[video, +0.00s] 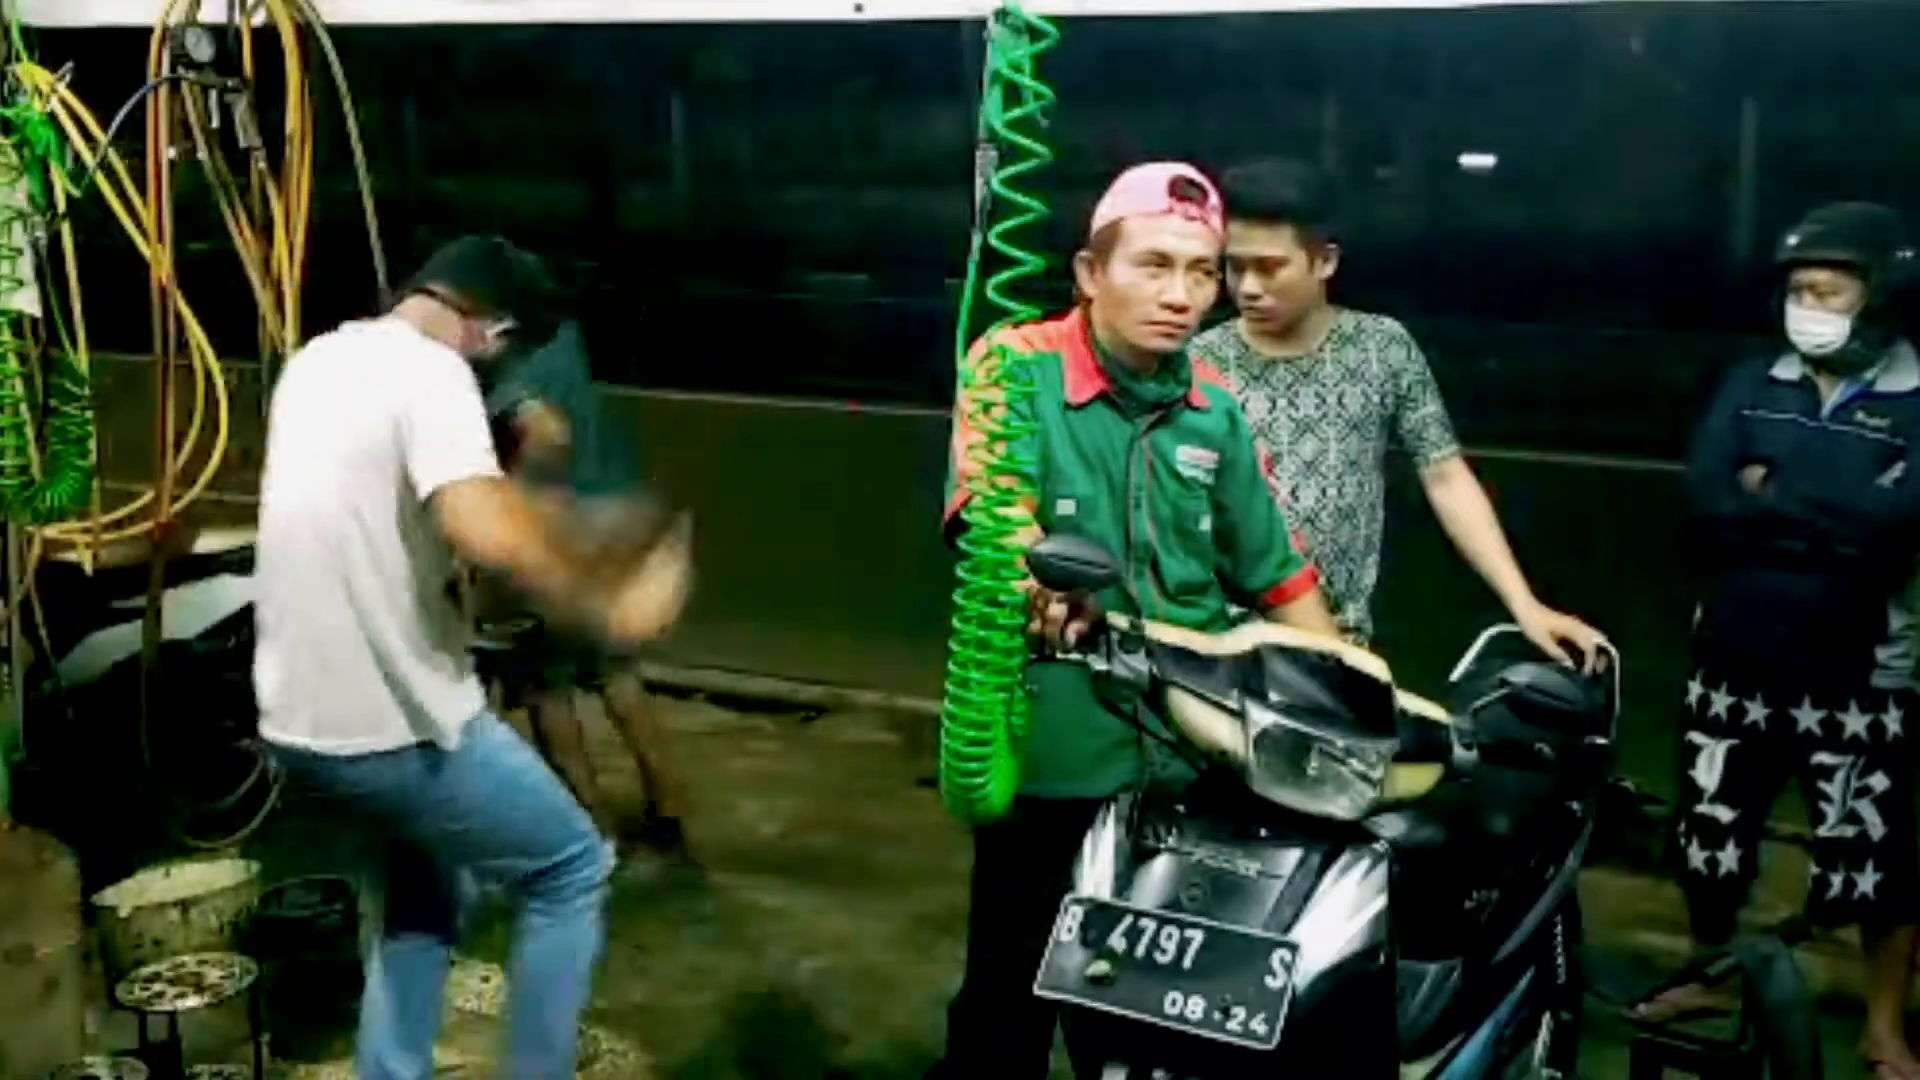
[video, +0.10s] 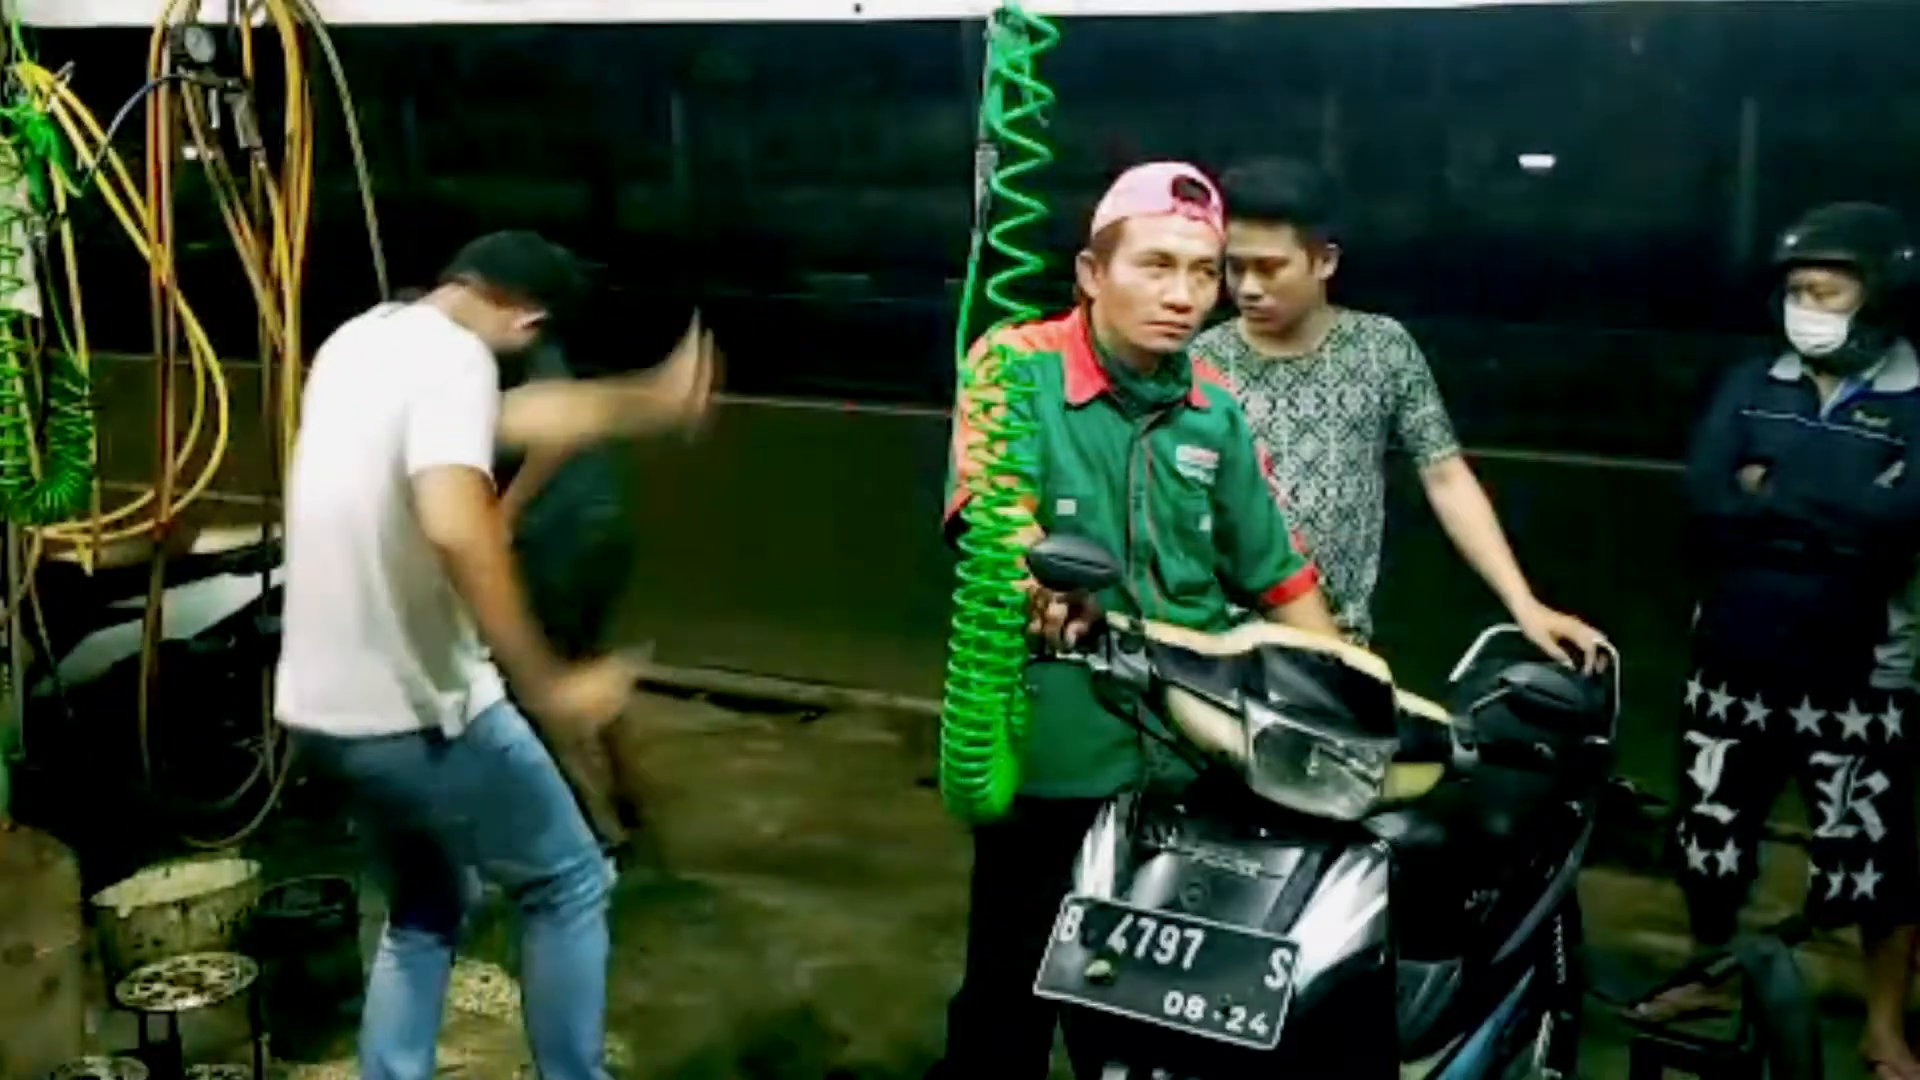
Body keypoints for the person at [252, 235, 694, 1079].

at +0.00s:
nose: (491, 361)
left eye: (499, 346)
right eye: (499, 343)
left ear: (413, 293)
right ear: (481, 322)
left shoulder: (307, 365)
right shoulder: (432, 373)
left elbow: (367, 504)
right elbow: (482, 527)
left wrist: (497, 460)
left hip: (299, 719)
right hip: (398, 725)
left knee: (422, 892)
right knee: (571, 866)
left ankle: (391, 1068)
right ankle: (540, 1067)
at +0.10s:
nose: (521, 347)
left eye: (528, 333)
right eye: (531, 331)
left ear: (452, 280)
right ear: (517, 313)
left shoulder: (352, 344)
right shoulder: (454, 358)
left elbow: (517, 416)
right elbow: (455, 524)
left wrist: (657, 397)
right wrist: (546, 686)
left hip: (324, 704)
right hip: (425, 714)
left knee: (424, 911)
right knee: (570, 882)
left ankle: (391, 1071)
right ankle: (573, 1068)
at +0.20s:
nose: (576, 323)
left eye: (585, 313)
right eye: (585, 311)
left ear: (514, 257)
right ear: (569, 293)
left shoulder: (407, 307)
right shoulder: (500, 334)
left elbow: (589, 316)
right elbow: (438, 470)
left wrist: (682, 253)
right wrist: (436, 662)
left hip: (364, 688)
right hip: (470, 694)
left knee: (430, 906)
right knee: (553, 912)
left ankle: (391, 1071)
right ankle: (563, 1072)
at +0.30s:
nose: (616, 329)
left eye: (626, 319)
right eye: (622, 313)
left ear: (559, 258)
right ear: (608, 294)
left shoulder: (440, 298)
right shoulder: (556, 319)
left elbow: (594, 275)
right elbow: (489, 399)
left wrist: (691, 231)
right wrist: (458, 575)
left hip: (393, 682)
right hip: (498, 694)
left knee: (467, 876)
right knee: (573, 913)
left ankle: (412, 1065)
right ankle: (567, 1068)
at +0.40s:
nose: (634, 349)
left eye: (641, 340)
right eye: (640, 334)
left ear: (561, 288)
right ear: (627, 318)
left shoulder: (447, 329)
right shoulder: (584, 351)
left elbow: (600, 393)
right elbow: (551, 453)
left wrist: (703, 352)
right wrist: (581, 616)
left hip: (419, 692)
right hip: (529, 698)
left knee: (540, 843)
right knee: (630, 901)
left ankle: (464, 1057)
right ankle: (581, 1065)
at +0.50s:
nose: (639, 377)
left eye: (645, 364)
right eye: (643, 360)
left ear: (566, 305)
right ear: (627, 336)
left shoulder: (441, 357)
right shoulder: (595, 385)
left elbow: (506, 464)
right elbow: (620, 547)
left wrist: (656, 476)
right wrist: (676, 701)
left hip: (436, 712)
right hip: (551, 731)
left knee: (570, 833)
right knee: (652, 910)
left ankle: (495, 1044)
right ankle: (589, 1068)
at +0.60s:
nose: (644, 385)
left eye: (651, 375)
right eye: (651, 373)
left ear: (565, 316)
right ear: (637, 353)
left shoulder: (434, 381)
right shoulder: (622, 411)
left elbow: (432, 529)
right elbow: (685, 572)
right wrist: (788, 631)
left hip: (449, 730)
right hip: (572, 747)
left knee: (572, 849)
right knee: (660, 912)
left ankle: (490, 1054)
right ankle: (592, 1069)